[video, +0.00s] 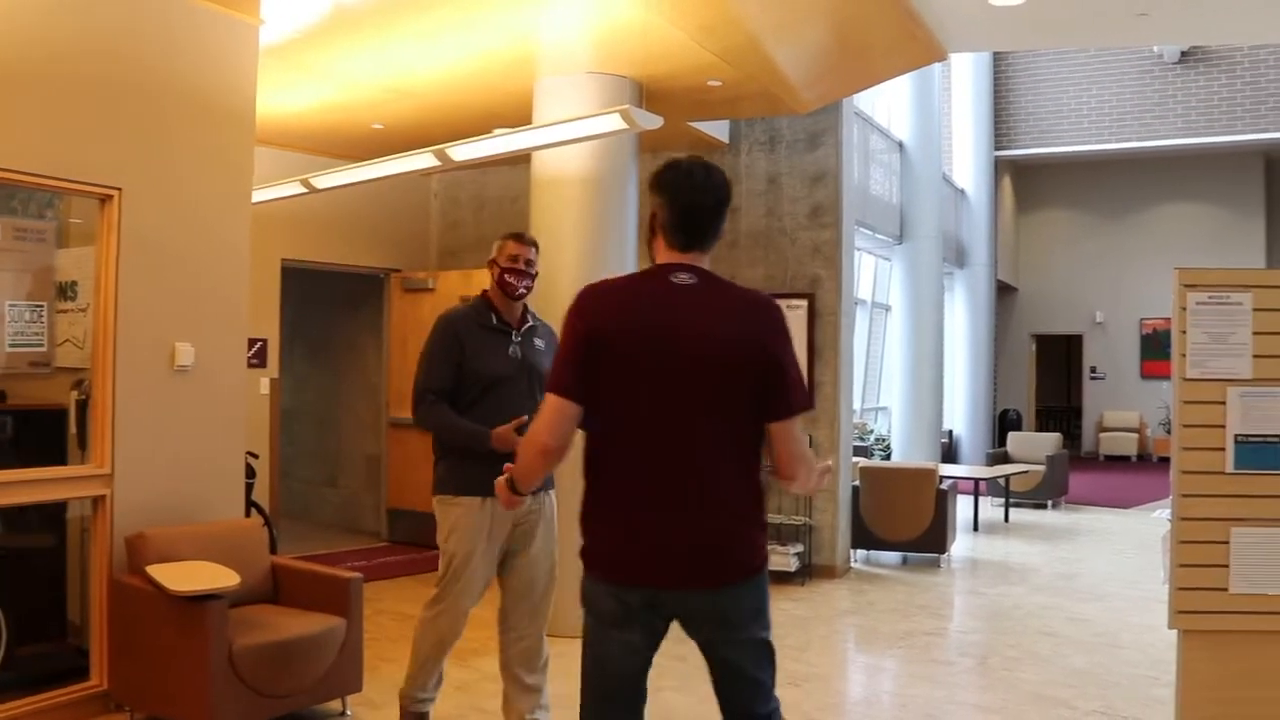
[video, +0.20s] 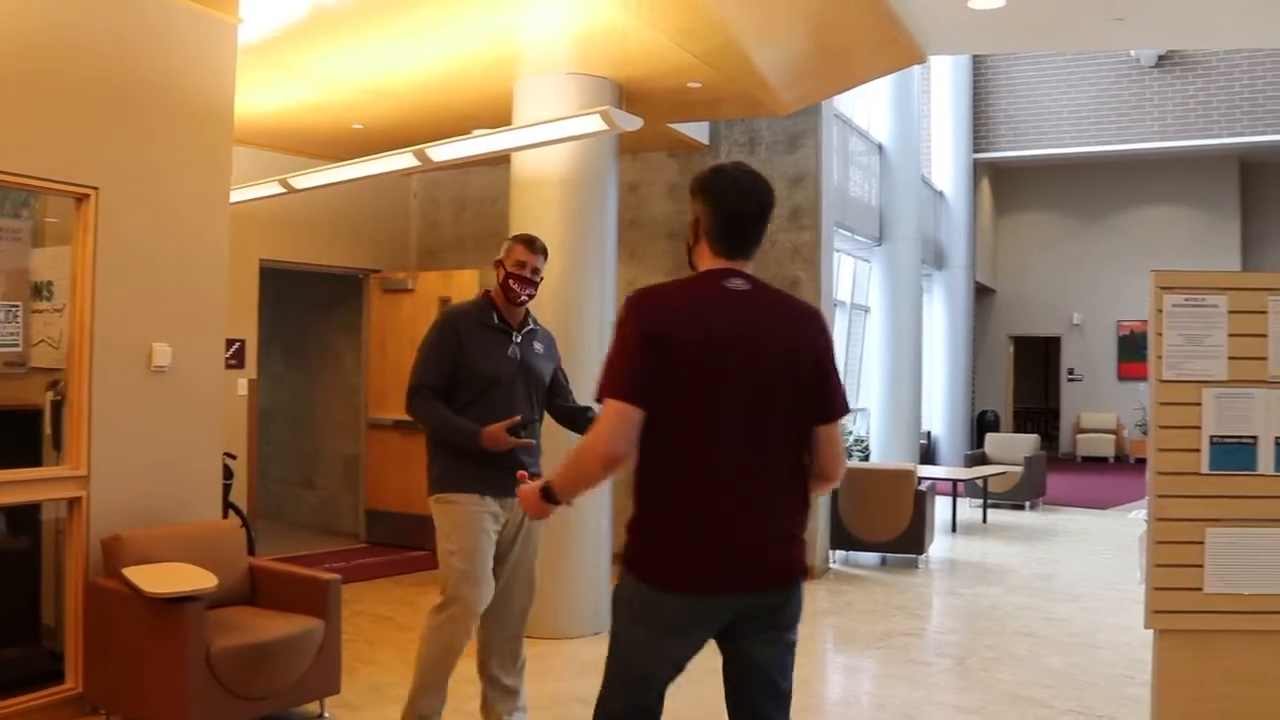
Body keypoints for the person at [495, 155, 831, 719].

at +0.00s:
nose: (648, 220)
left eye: (649, 211)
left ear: (654, 220)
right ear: (722, 227)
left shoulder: (597, 306)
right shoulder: (756, 314)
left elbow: (549, 438)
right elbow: (792, 467)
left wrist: (515, 484)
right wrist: (810, 474)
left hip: (620, 560)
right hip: (725, 564)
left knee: (608, 713)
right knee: (754, 711)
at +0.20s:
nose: (688, 226)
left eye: (691, 216)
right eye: (692, 216)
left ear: (697, 224)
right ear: (760, 231)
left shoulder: (652, 309)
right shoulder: (803, 323)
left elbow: (612, 445)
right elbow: (828, 469)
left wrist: (550, 492)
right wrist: (771, 479)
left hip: (671, 568)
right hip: (770, 571)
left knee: (625, 709)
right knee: (765, 714)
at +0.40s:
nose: (715, 229)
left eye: (718, 219)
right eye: (719, 219)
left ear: (725, 226)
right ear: (789, 234)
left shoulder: (696, 305)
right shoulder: (830, 322)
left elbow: (670, 442)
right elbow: (853, 465)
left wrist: (589, 501)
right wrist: (794, 488)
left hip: (706, 565)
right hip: (799, 568)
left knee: (642, 713)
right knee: (772, 713)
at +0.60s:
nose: (734, 227)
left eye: (737, 216)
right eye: (738, 216)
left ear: (746, 224)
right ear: (807, 233)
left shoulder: (726, 300)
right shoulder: (842, 321)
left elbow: (711, 439)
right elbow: (862, 463)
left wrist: (618, 503)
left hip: (730, 571)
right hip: (814, 574)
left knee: (681, 712)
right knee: (777, 714)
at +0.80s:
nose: (749, 228)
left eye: (753, 214)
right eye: (755, 214)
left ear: (764, 222)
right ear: (824, 232)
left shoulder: (754, 301)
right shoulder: (857, 323)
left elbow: (748, 448)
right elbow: (872, 465)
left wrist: (644, 510)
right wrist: (790, 480)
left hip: (758, 581)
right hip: (828, 579)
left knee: (742, 710)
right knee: (783, 711)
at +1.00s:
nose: (755, 237)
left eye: (761, 222)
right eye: (757, 223)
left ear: (790, 227)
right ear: (834, 232)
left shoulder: (797, 311)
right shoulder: (875, 324)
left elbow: (796, 462)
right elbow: (889, 468)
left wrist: (681, 525)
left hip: (795, 587)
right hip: (847, 582)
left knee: (795, 714)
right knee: (784, 710)